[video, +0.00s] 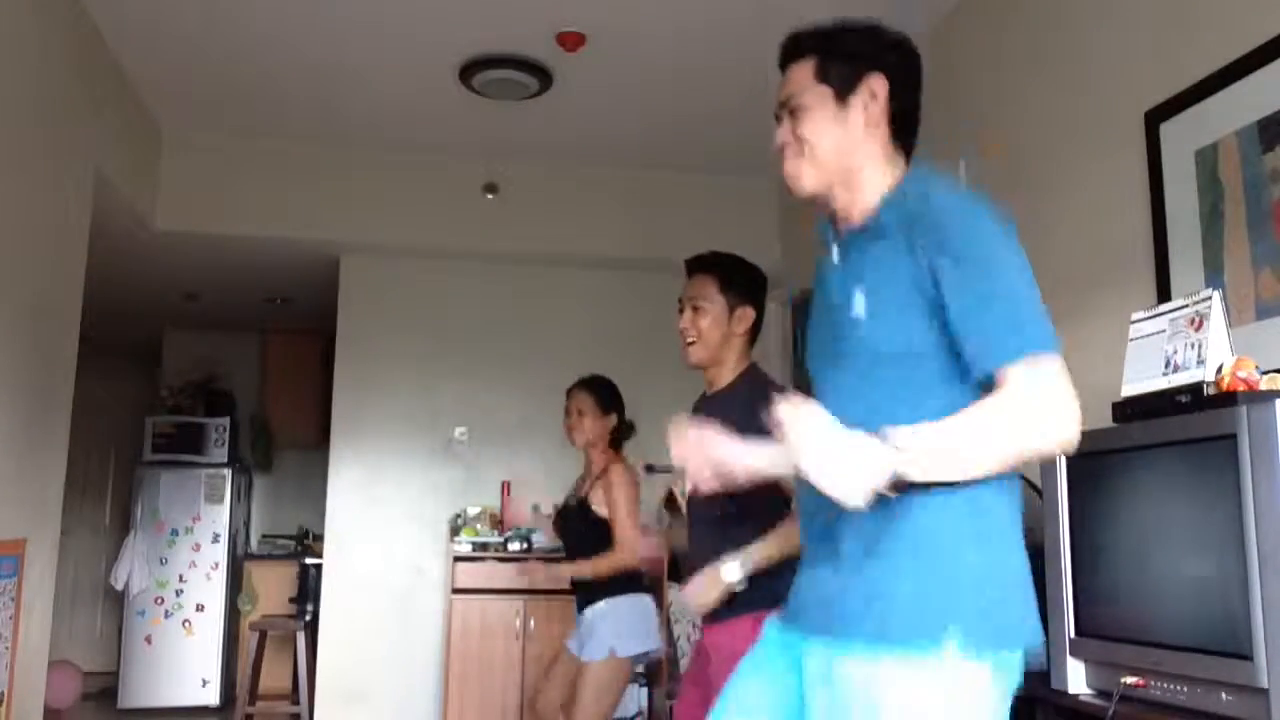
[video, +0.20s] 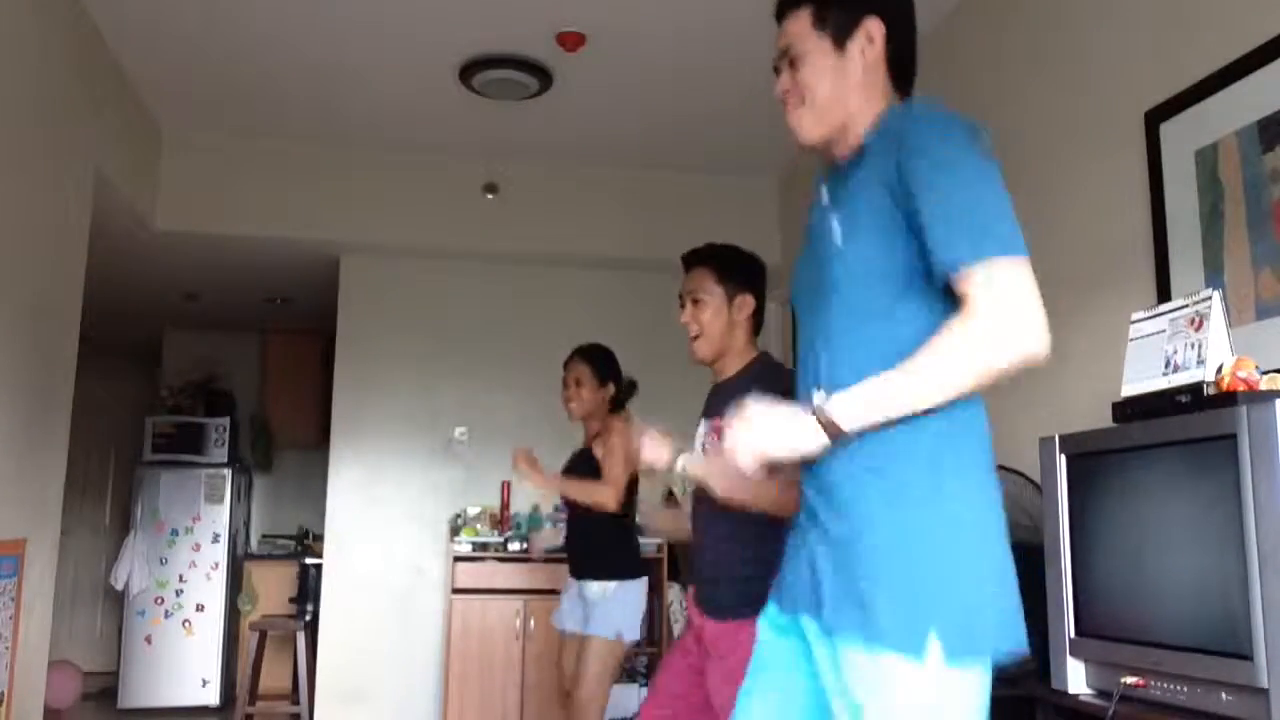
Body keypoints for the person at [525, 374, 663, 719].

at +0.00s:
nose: (571, 423)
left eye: (581, 413)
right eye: (568, 413)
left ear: (610, 421)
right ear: (565, 418)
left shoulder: (617, 473)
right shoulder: (588, 476)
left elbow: (628, 556)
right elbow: (592, 546)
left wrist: (559, 572)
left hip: (619, 613)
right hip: (592, 613)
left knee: (587, 713)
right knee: (546, 705)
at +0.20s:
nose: (568, 394)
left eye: (578, 384)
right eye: (565, 385)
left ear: (608, 390)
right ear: (562, 389)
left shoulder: (617, 430)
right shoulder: (590, 439)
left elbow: (612, 496)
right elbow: (592, 508)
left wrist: (545, 481)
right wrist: (549, 539)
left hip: (615, 584)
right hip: (582, 581)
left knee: (587, 700)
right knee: (569, 691)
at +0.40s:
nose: (576, 416)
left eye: (587, 407)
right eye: (573, 406)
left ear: (615, 417)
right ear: (568, 412)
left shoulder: (613, 464)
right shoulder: (592, 466)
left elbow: (631, 541)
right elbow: (581, 533)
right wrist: (542, 506)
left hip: (622, 604)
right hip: (604, 602)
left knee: (585, 711)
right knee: (555, 690)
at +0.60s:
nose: (576, 390)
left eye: (587, 380)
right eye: (573, 381)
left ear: (615, 388)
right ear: (572, 387)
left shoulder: (618, 431)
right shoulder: (596, 436)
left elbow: (605, 495)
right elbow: (597, 513)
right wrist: (560, 548)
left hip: (620, 583)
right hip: (592, 582)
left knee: (593, 700)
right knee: (572, 692)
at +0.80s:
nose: (579, 414)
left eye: (590, 403)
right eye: (577, 405)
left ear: (619, 411)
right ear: (573, 411)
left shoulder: (618, 464)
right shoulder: (600, 465)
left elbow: (632, 543)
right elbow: (580, 535)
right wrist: (551, 495)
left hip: (627, 605)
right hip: (608, 602)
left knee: (596, 711)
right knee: (563, 678)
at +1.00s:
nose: (578, 395)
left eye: (589, 386)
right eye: (577, 386)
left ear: (617, 393)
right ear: (576, 390)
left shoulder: (625, 443)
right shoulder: (596, 443)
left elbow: (620, 516)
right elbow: (596, 525)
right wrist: (557, 562)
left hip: (620, 589)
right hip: (593, 587)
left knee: (594, 703)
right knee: (580, 698)